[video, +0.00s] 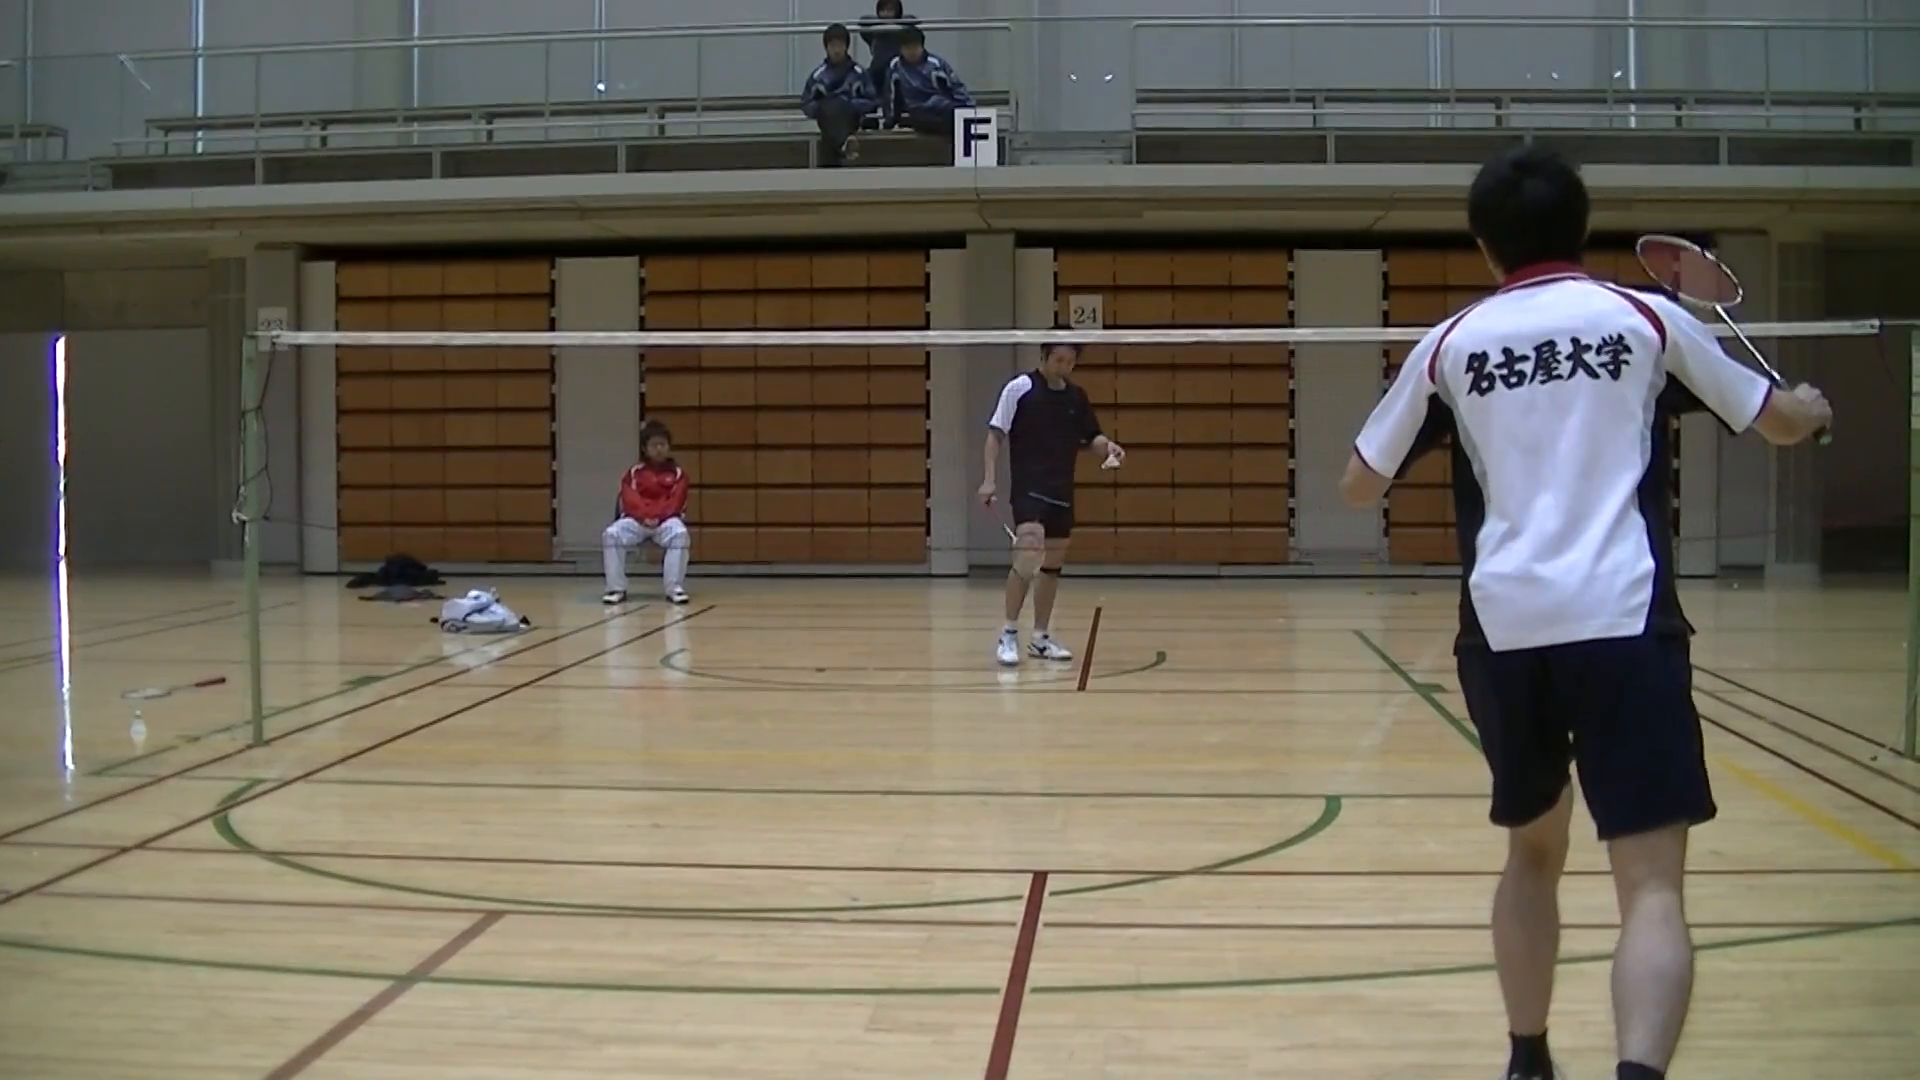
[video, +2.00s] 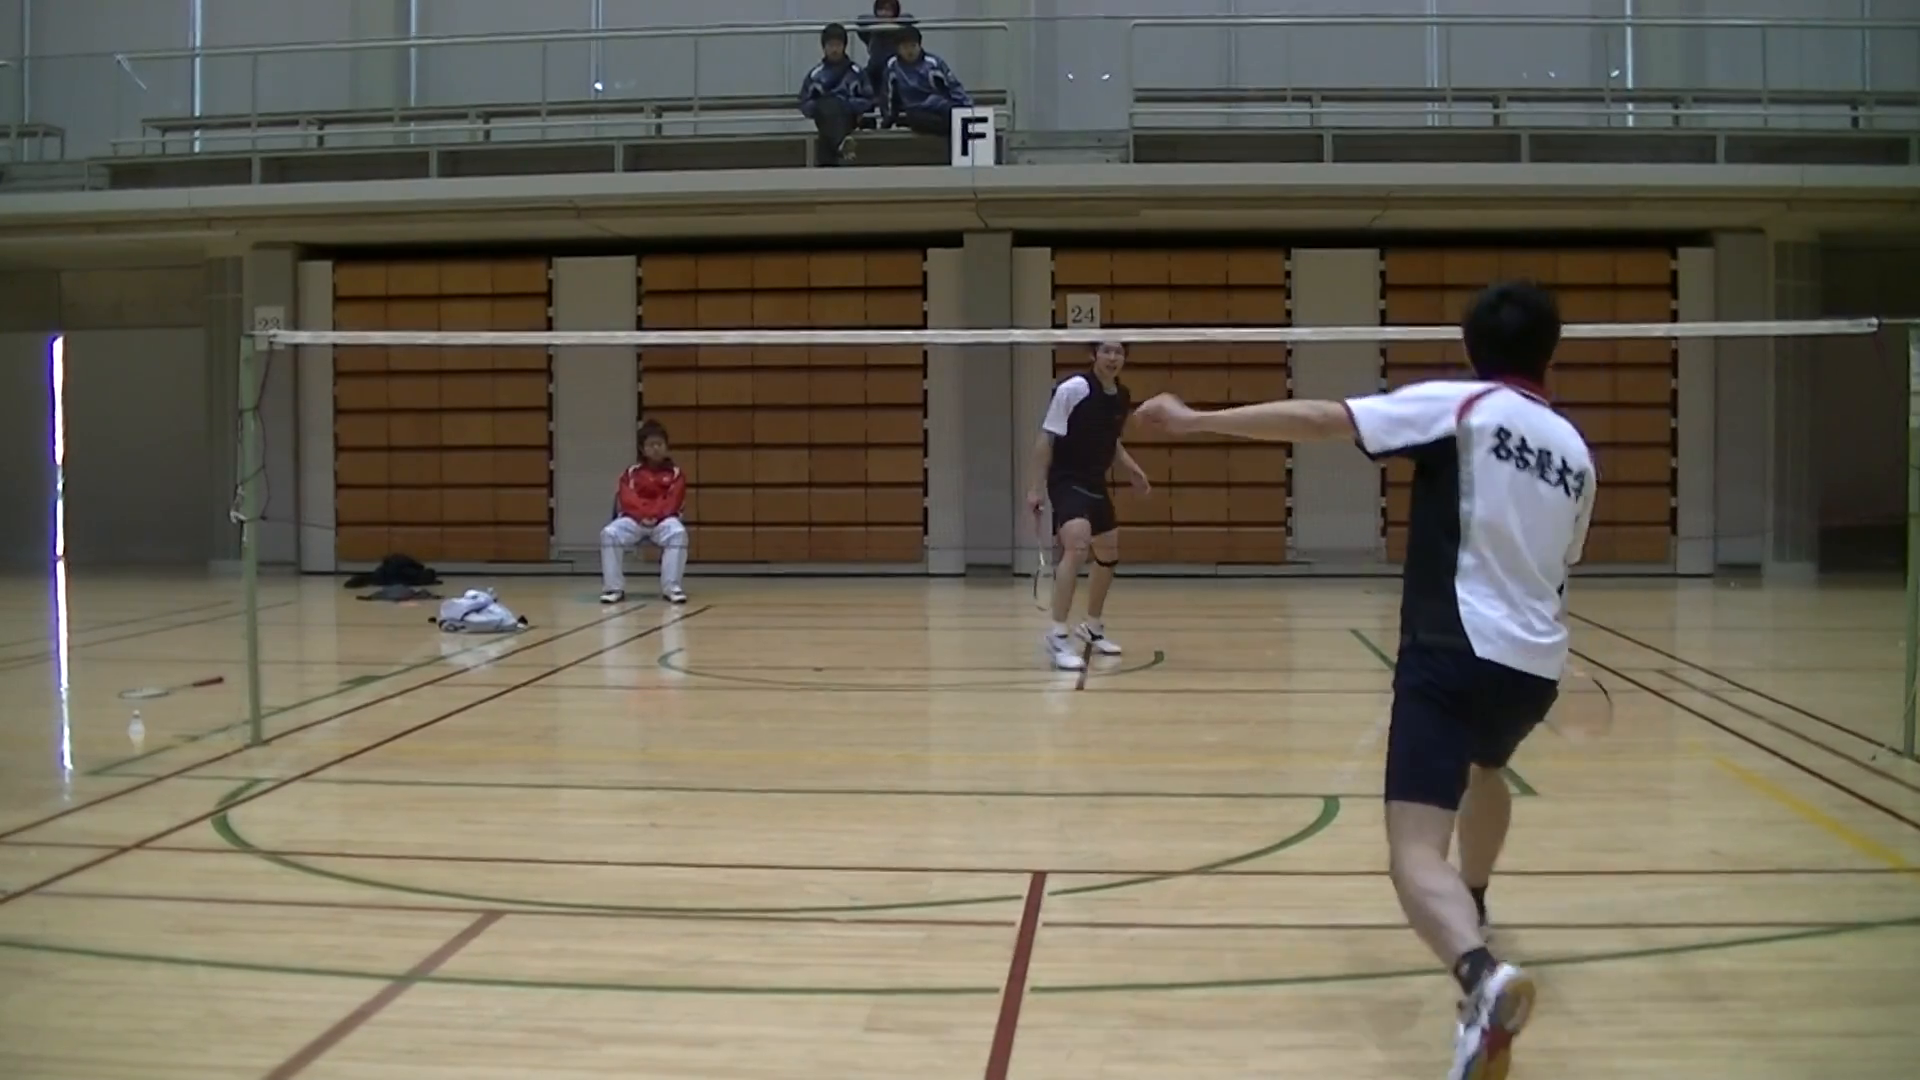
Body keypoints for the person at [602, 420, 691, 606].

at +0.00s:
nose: (659, 449)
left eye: (663, 444)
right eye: (654, 445)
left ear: (668, 447)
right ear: (645, 449)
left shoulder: (677, 474)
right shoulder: (634, 472)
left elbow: (676, 503)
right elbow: (629, 499)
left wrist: (657, 517)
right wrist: (644, 515)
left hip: (665, 520)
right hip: (637, 519)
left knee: (680, 535)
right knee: (611, 535)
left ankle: (674, 588)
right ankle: (616, 589)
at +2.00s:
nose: (656, 449)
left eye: (660, 444)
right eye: (650, 445)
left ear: (666, 447)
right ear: (642, 449)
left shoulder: (675, 473)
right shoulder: (631, 472)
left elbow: (673, 503)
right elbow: (626, 500)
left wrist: (655, 516)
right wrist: (642, 515)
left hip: (663, 519)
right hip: (634, 519)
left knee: (678, 534)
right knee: (609, 534)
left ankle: (672, 586)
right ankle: (613, 588)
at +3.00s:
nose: (653, 449)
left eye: (656, 444)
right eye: (648, 445)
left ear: (662, 447)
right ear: (638, 450)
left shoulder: (670, 474)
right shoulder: (628, 473)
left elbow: (669, 503)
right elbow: (623, 501)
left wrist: (652, 518)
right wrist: (638, 516)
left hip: (659, 520)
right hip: (630, 520)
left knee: (673, 536)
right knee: (606, 535)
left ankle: (668, 587)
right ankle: (609, 589)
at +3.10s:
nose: (653, 450)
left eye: (657, 444)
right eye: (648, 445)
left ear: (662, 448)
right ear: (638, 450)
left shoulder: (670, 475)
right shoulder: (628, 474)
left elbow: (668, 503)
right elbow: (623, 501)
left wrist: (652, 518)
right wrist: (638, 517)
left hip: (659, 521)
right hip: (630, 521)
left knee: (673, 536)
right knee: (606, 536)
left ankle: (668, 588)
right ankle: (610, 590)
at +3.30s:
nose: (654, 450)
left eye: (657, 445)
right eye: (648, 446)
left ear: (663, 448)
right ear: (639, 450)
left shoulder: (672, 475)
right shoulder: (628, 474)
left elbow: (669, 505)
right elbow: (624, 503)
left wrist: (652, 519)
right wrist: (640, 517)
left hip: (660, 521)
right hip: (631, 521)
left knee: (675, 537)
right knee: (607, 536)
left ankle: (669, 588)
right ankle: (611, 590)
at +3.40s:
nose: (654, 450)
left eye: (658, 445)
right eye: (649, 446)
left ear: (664, 448)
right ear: (640, 450)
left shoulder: (672, 476)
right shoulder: (629, 475)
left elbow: (669, 505)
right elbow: (625, 503)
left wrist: (653, 519)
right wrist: (641, 517)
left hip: (660, 521)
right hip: (632, 521)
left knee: (675, 537)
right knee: (607, 536)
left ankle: (669, 588)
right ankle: (611, 590)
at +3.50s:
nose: (655, 451)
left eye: (658, 446)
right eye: (650, 446)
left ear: (664, 449)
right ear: (640, 451)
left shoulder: (673, 476)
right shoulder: (630, 475)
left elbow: (670, 505)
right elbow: (625, 502)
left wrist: (653, 519)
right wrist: (641, 517)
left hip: (661, 521)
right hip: (632, 521)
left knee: (676, 537)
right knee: (608, 537)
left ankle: (670, 588)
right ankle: (612, 591)